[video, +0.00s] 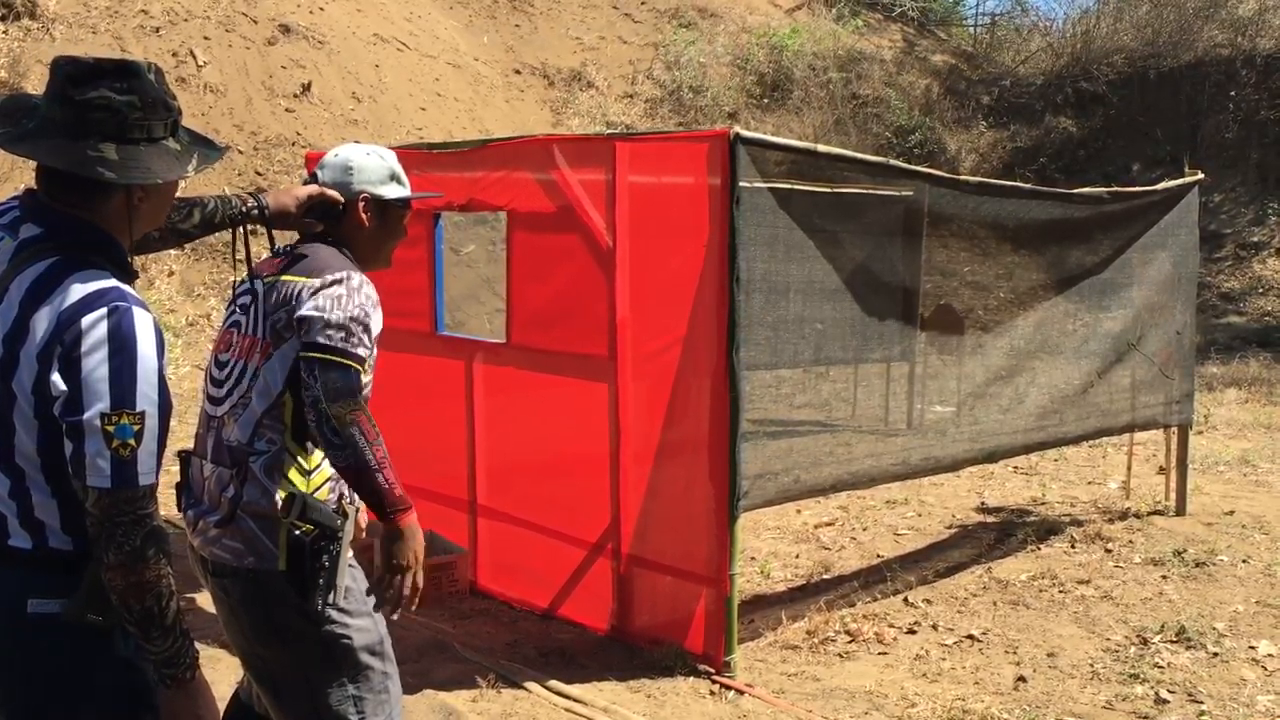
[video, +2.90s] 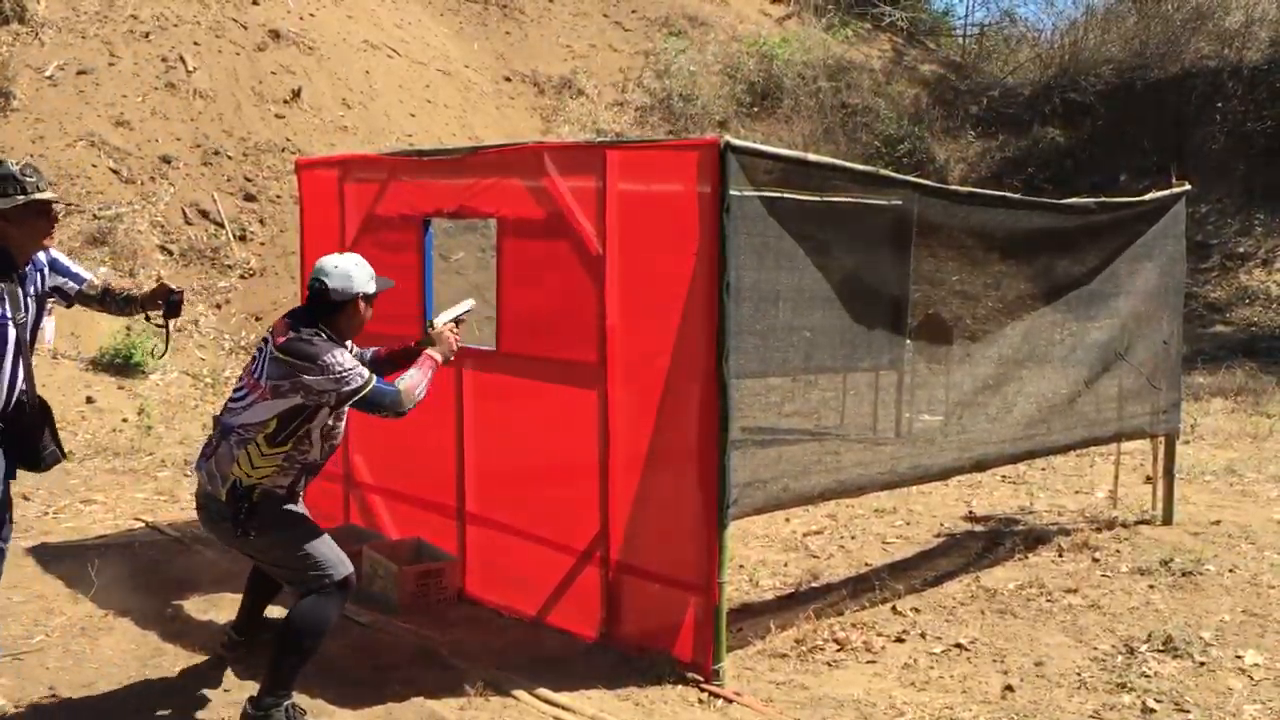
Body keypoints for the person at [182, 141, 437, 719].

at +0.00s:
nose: (405, 231)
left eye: (407, 217)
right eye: (401, 216)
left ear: (334, 210)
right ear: (362, 213)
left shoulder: (269, 272)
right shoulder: (342, 286)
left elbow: (266, 415)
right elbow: (336, 411)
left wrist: (337, 503)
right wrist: (401, 515)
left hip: (225, 528)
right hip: (281, 540)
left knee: (276, 687)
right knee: (367, 701)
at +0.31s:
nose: (422, 233)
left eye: (423, 219)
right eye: (417, 218)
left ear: (354, 214)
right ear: (378, 217)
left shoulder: (303, 270)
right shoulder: (349, 269)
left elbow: (291, 409)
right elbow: (298, 340)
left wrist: (362, 493)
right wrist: (344, 462)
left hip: (252, 530)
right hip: (300, 539)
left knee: (285, 683)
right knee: (363, 707)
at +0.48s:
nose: (410, 271)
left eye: (408, 257)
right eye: (401, 257)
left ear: (352, 261)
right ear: (363, 263)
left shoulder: (302, 310)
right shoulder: (350, 318)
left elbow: (350, 413)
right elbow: (390, 419)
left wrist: (451, 432)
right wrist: (472, 404)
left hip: (237, 549)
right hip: (297, 564)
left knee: (288, 643)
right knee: (390, 708)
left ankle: (257, 711)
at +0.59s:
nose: (391, 270)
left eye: (390, 258)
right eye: (381, 258)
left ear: (337, 261)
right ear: (343, 262)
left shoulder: (288, 308)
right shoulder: (340, 319)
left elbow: (391, 357)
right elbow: (414, 402)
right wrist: (488, 352)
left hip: (236, 533)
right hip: (293, 544)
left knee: (280, 628)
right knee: (348, 706)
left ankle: (255, 714)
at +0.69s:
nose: (386, 265)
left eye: (386, 253)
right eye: (378, 254)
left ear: (333, 255)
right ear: (338, 256)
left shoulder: (316, 291)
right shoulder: (323, 308)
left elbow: (417, 319)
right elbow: (413, 369)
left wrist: (501, 314)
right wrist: (493, 328)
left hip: (232, 502)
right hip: (262, 511)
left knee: (282, 615)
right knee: (366, 631)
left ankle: (254, 716)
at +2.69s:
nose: (395, 337)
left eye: (394, 327)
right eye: (387, 328)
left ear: (356, 327)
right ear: (356, 330)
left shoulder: (336, 348)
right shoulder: (327, 366)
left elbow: (418, 365)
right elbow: (414, 391)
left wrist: (497, 361)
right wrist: (496, 371)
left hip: (220, 497)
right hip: (235, 515)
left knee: (297, 545)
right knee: (335, 582)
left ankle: (260, 644)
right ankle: (269, 701)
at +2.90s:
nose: (371, 309)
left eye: (370, 300)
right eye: (369, 301)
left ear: (322, 299)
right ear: (354, 306)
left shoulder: (294, 327)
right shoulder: (324, 358)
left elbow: (364, 362)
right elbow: (395, 401)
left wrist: (419, 346)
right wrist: (435, 355)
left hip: (218, 493)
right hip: (247, 508)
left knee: (291, 538)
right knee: (333, 578)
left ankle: (244, 629)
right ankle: (271, 703)